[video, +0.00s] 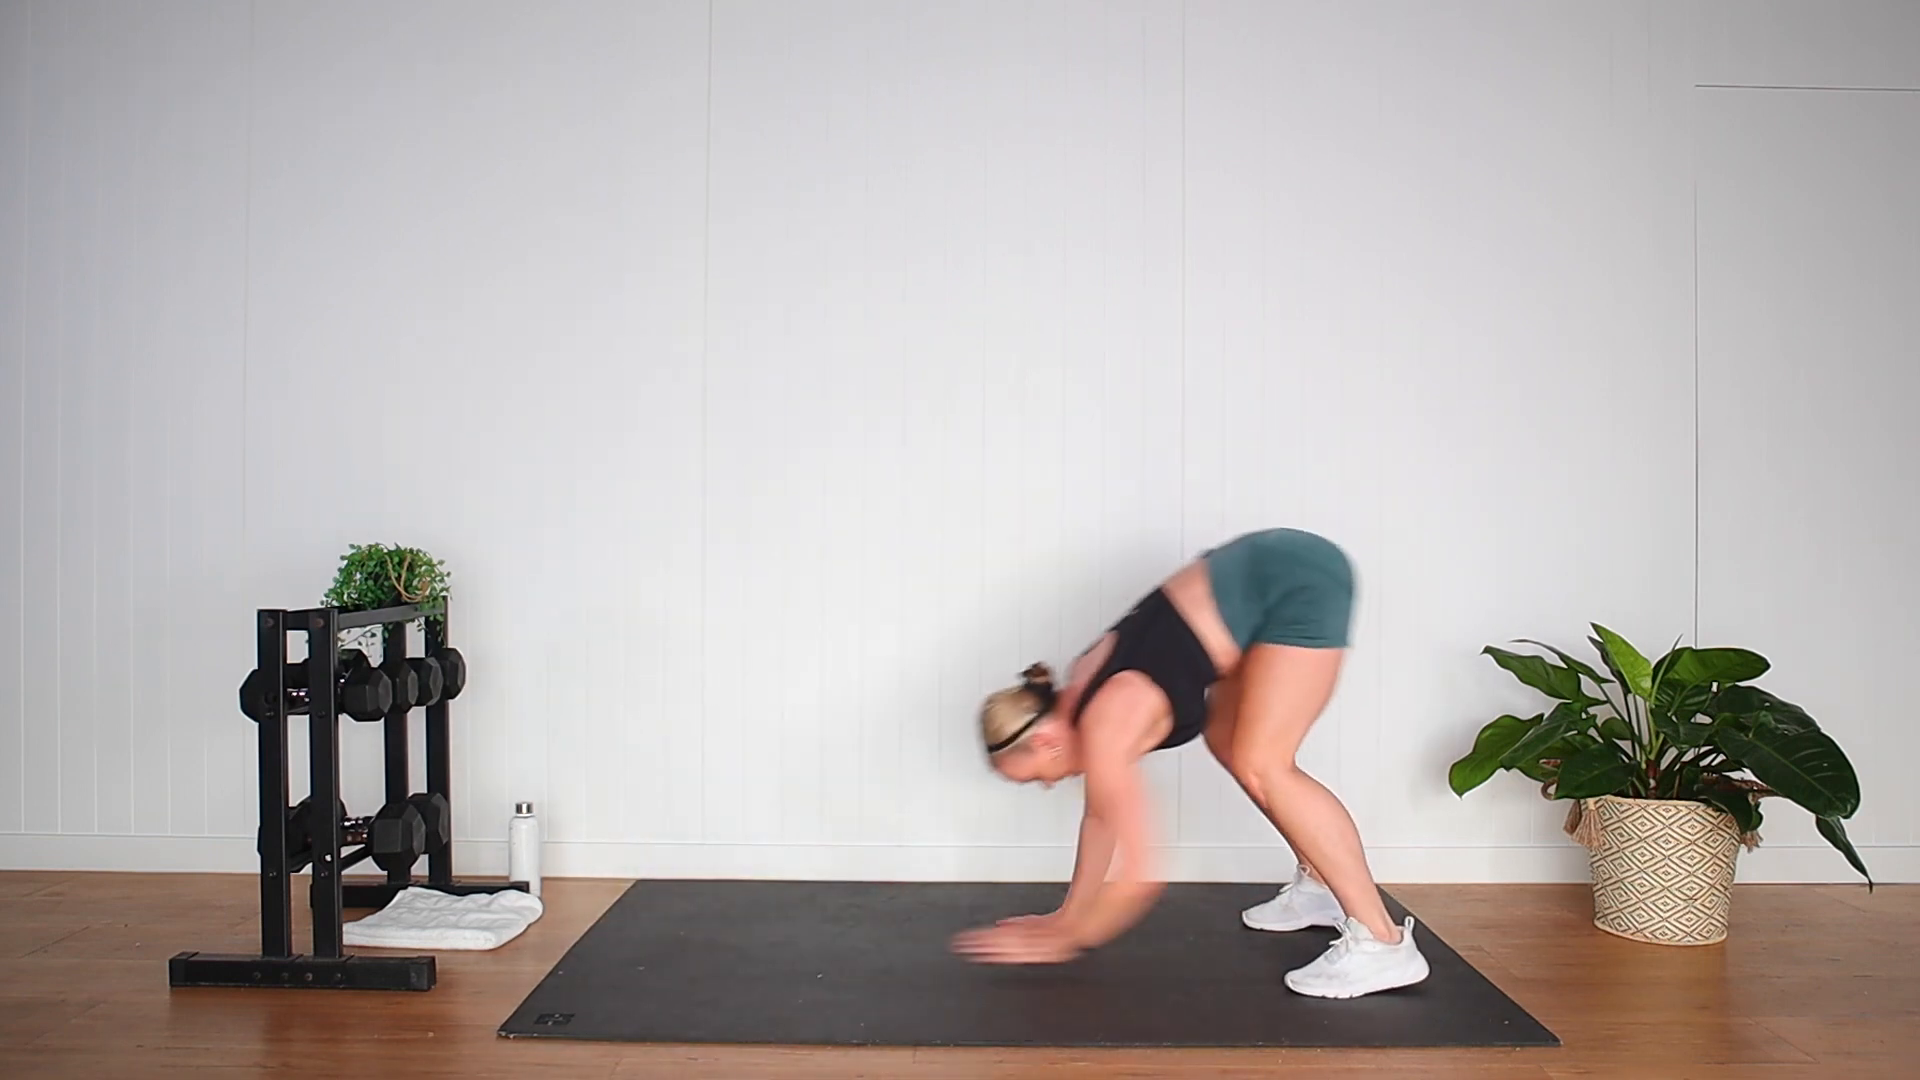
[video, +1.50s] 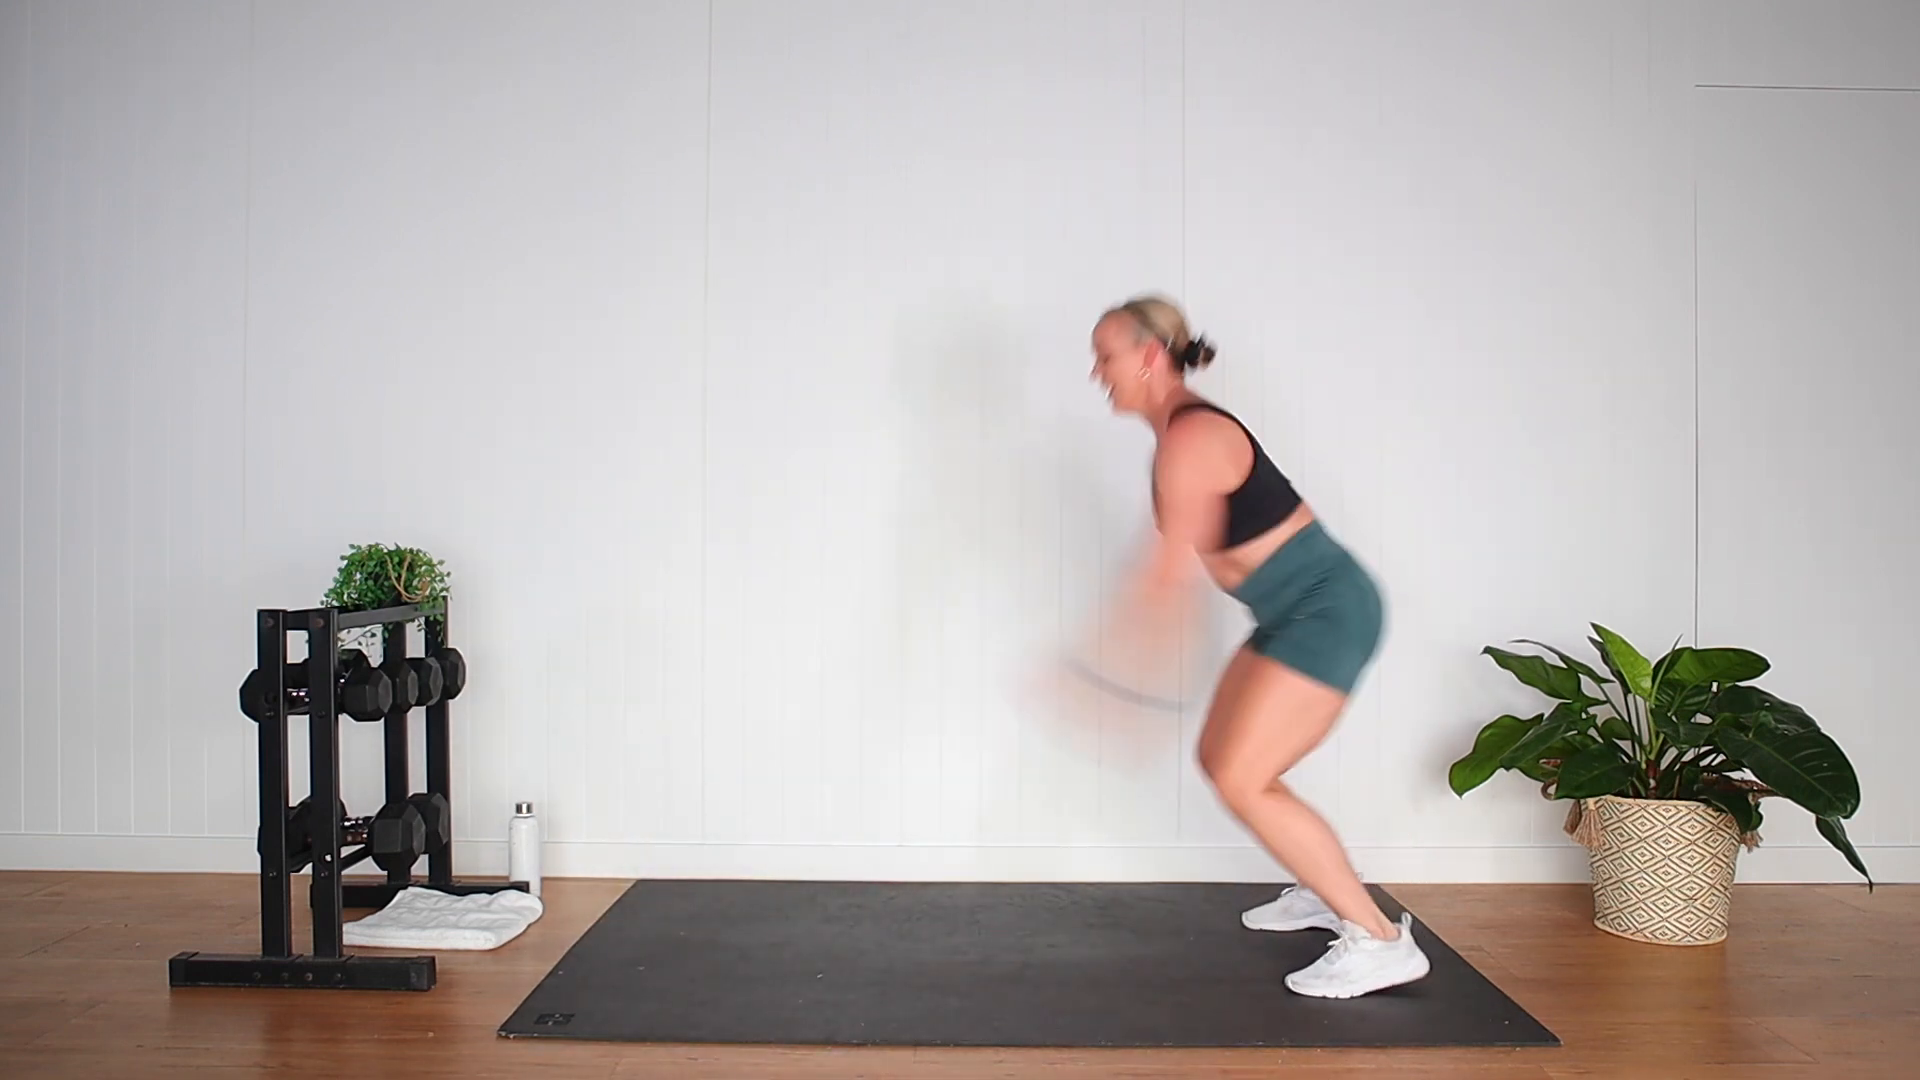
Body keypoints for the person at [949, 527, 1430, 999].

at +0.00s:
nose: (1045, 785)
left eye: (1034, 776)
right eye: (1031, 781)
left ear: (1045, 739)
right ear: (1045, 731)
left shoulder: (1105, 729)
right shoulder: (1079, 702)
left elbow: (1142, 873)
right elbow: (1102, 820)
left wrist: (1071, 938)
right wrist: (1069, 919)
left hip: (1303, 580)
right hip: (1266, 577)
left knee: (1261, 762)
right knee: (1227, 738)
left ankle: (1383, 937)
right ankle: (1326, 881)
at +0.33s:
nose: (1115, 742)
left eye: (1109, 728)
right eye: (1105, 733)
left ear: (1137, 696)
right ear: (1137, 690)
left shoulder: (1214, 710)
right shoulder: (1174, 689)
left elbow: (1263, 854)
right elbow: (1129, 815)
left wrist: (1216, 958)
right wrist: (1064, 906)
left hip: (1423, 623)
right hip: (1380, 617)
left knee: (1307, 755)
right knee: (1279, 749)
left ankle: (1391, 948)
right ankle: (1335, 893)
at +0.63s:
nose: (1144, 493)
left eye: (1151, 476)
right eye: (1141, 479)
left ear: (1197, 468)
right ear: (1194, 469)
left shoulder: (1250, 534)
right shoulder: (1222, 529)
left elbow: (1237, 672)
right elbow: (1221, 651)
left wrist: (1153, 617)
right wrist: (1151, 611)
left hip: (1452, 614)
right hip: (1400, 614)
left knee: (1327, 748)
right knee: (1286, 725)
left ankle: (1392, 946)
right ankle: (1336, 889)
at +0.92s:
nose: (1197, 285)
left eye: (1206, 267)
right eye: (1195, 270)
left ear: (1256, 263)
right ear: (1242, 269)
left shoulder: (1289, 344)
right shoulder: (1246, 359)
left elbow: (1232, 469)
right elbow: (1206, 457)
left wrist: (1132, 466)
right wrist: (1125, 460)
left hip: (1399, 541)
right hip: (1353, 547)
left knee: (1362, 738)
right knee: (1321, 723)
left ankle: (1394, 944)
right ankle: (1337, 883)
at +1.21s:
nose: (1136, 315)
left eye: (1145, 298)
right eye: (1135, 301)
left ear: (1195, 293)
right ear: (1188, 298)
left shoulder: (1245, 353)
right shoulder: (1220, 367)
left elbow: (1377, 349)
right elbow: (1332, 387)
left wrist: (1499, 338)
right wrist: (1419, 404)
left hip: (1377, 543)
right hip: (1329, 551)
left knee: (1345, 740)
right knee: (1306, 722)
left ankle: (1392, 944)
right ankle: (1338, 883)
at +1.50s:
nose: (1096, 375)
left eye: (1104, 358)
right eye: (1096, 360)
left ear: (1152, 358)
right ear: (1152, 361)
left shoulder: (1192, 440)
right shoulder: (1178, 437)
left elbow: (1169, 582)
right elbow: (1161, 570)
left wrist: (1108, 665)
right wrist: (1113, 653)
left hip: (1329, 608)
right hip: (1292, 610)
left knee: (1243, 777)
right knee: (1223, 759)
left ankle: (1378, 937)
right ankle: (1327, 888)